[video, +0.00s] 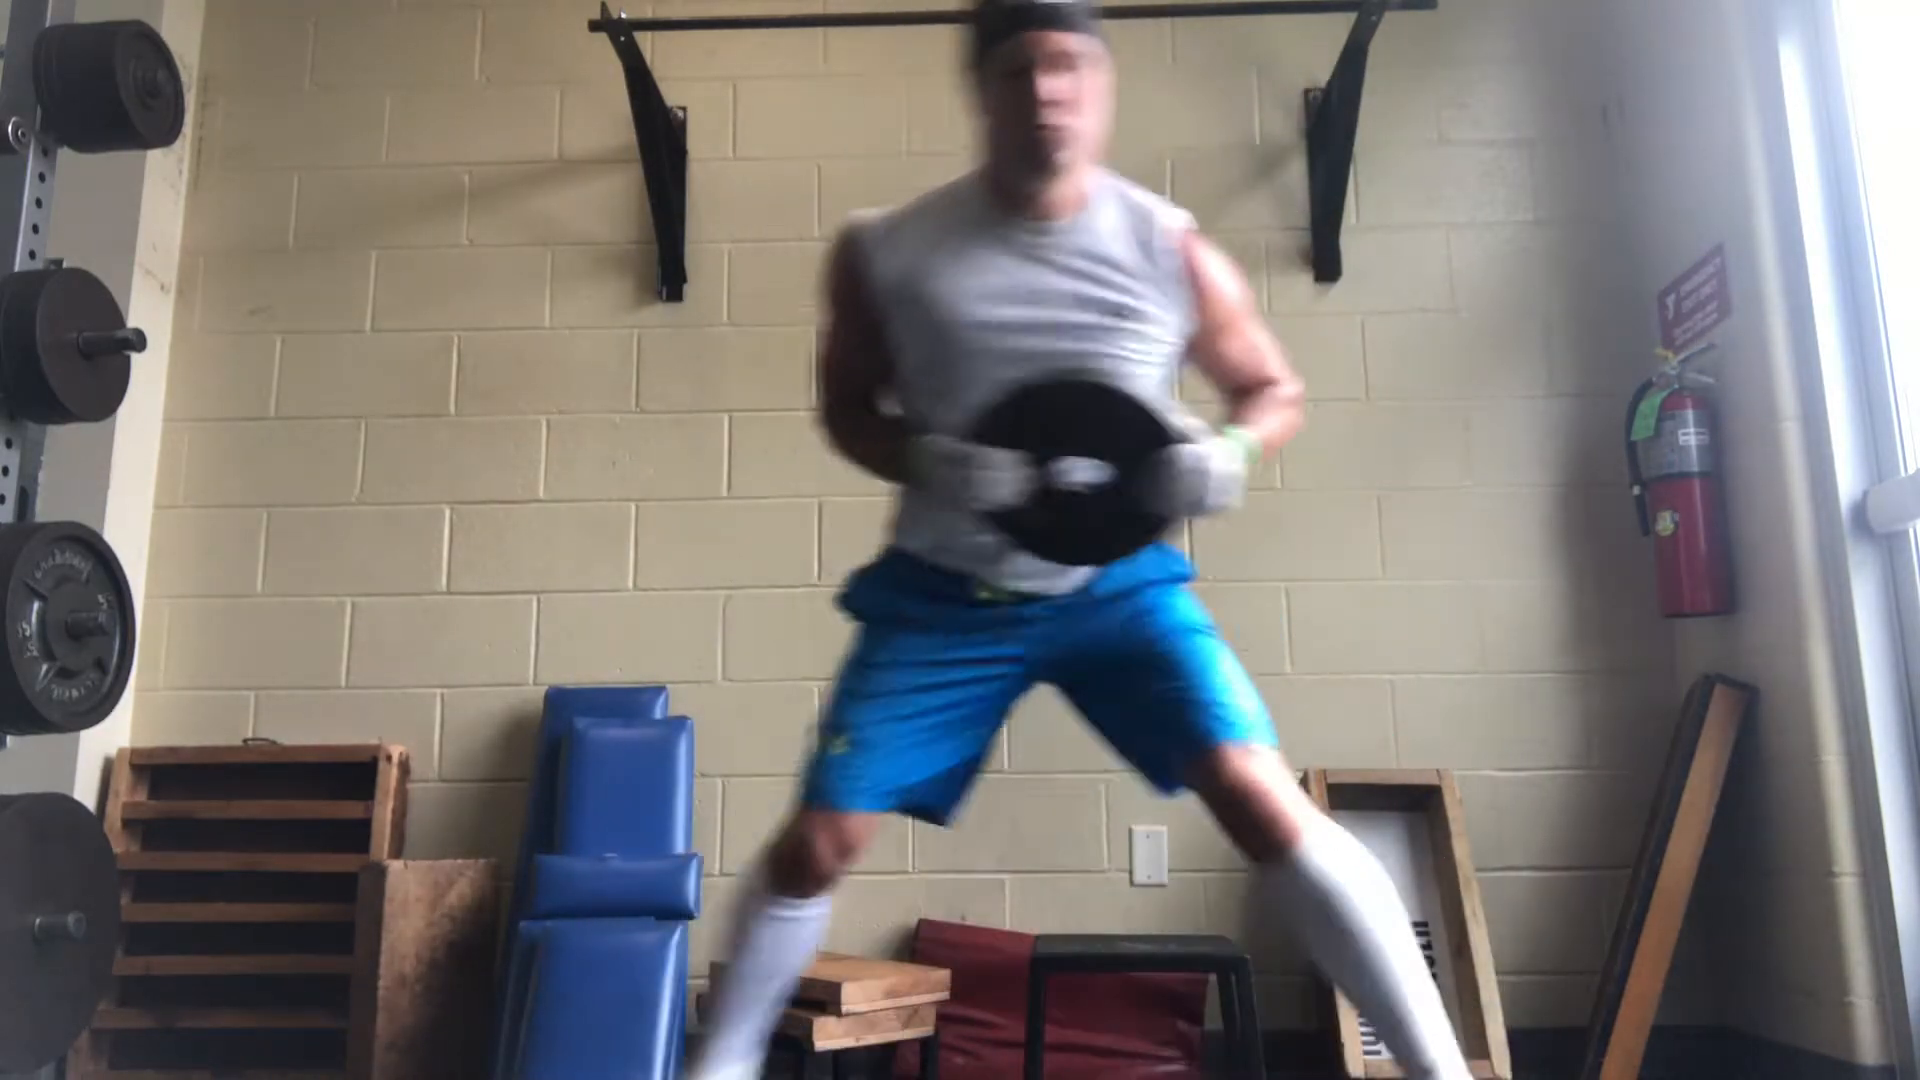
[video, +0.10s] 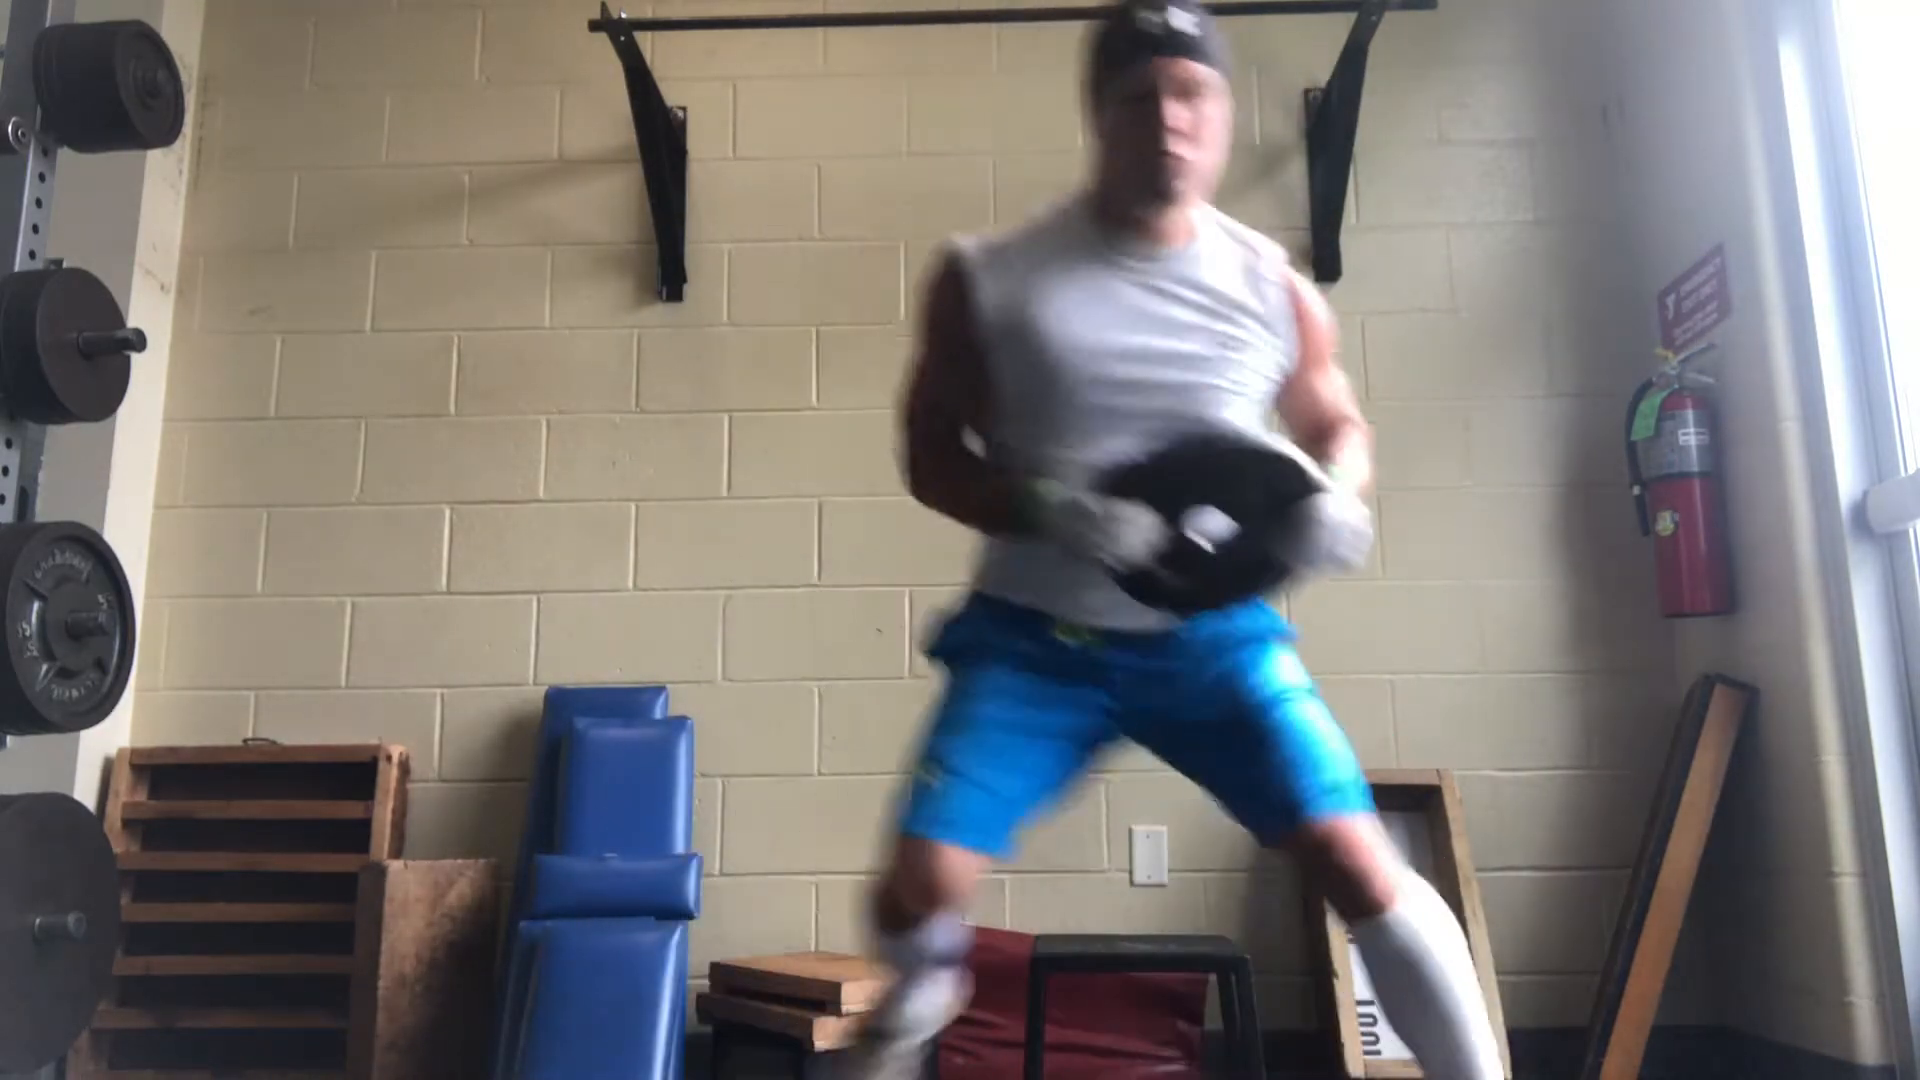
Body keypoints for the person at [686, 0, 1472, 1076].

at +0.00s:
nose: (1045, 95)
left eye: (1066, 67)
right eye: (1018, 72)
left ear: (1106, 87)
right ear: (980, 95)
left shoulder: (1168, 248)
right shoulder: (884, 256)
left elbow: (1278, 391)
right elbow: (845, 413)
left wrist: (1229, 454)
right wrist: (930, 465)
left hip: (1126, 591)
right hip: (944, 601)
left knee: (1259, 797)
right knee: (818, 841)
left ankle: (1445, 1069)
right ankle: (712, 1070)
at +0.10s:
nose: (1172, 120)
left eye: (1194, 96)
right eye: (1144, 97)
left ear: (1227, 122)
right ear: (1098, 117)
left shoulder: (1272, 288)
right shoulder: (989, 279)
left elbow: (1339, 429)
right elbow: (930, 456)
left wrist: (1337, 500)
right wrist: (1038, 509)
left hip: (1220, 643)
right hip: (1035, 644)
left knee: (1354, 857)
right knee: (917, 887)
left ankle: (1480, 1077)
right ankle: (919, 1006)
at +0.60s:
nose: (958, 116)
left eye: (981, 88)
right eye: (931, 92)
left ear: (1018, 102)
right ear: (892, 110)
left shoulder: (1083, 265)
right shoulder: (816, 276)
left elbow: (1172, 468)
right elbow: (772, 431)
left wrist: (1039, 503)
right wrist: (777, 503)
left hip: (1029, 614)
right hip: (862, 611)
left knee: (1081, 853)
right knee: (742, 867)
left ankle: (1051, 1035)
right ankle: (635, 1077)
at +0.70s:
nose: (857, 164)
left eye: (881, 136)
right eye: (830, 141)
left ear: (917, 149)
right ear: (795, 163)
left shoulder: (1008, 311)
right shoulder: (745, 346)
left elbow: (1122, 486)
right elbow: (727, 499)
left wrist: (1011, 555)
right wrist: (731, 575)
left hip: (974, 656)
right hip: (814, 657)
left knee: (937, 894)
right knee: (695, 883)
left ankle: (856, 987)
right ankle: (625, 1076)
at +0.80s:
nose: (830, 176)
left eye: (852, 147)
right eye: (802, 153)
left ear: (889, 161)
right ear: (767, 180)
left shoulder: (990, 313)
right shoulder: (729, 363)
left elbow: (1128, 472)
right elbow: (723, 512)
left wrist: (1025, 547)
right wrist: (747, 581)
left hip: (971, 665)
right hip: (808, 668)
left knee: (960, 900)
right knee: (689, 886)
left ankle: (995, 979)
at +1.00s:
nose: (1006, 104)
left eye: (1027, 76)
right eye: (980, 82)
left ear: (1067, 90)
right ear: (944, 101)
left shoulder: (1145, 241)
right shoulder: (863, 262)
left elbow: (1268, 368)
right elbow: (822, 427)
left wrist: (1217, 419)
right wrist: (899, 461)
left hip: (1121, 588)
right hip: (941, 603)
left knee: (1246, 795)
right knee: (813, 841)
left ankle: (1412, 1053)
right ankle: (703, 1070)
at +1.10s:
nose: (1141, 110)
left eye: (1164, 83)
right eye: (1115, 83)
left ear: (1202, 104)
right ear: (1073, 99)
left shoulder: (1253, 268)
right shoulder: (967, 261)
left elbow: (1335, 408)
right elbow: (910, 441)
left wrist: (1314, 468)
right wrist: (1015, 483)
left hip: (1195, 621)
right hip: (1021, 618)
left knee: (1337, 863)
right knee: (914, 851)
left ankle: (1473, 1074)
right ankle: (932, 1007)